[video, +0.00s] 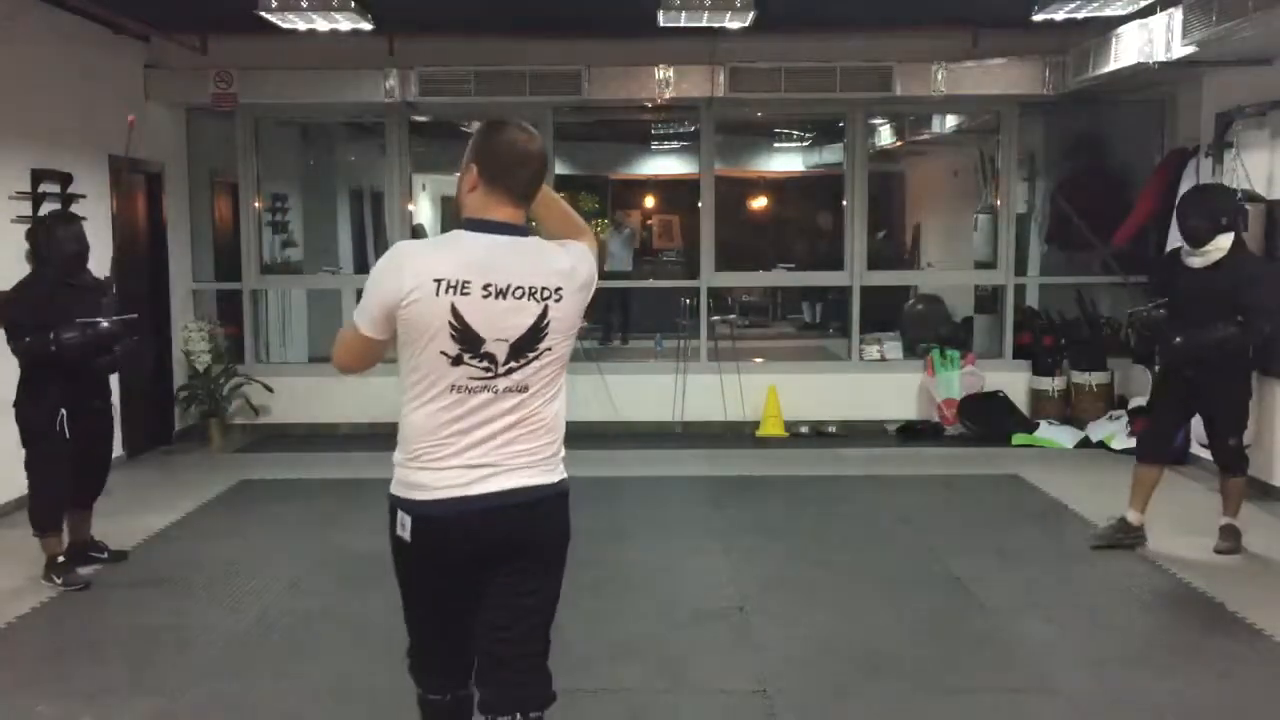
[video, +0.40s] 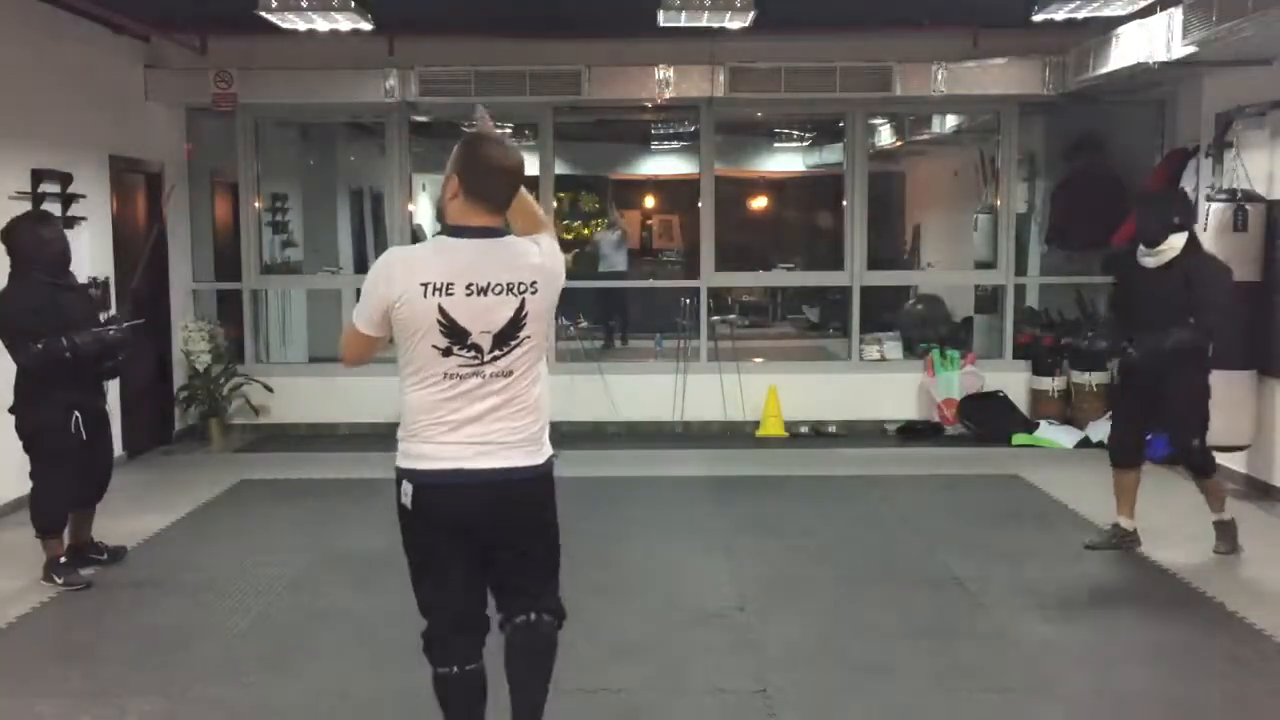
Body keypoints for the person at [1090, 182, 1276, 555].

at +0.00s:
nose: (1186, 229)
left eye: (1195, 222)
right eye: (1184, 221)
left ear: (1221, 223)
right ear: (1181, 221)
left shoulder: (1249, 269)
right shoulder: (1172, 264)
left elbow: (1258, 330)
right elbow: (1158, 314)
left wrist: (1198, 341)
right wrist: (1146, 328)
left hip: (1224, 376)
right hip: (1177, 372)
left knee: (1228, 451)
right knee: (1153, 440)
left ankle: (1229, 524)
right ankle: (1132, 522)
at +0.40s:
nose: (1148, 233)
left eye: (1157, 225)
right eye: (1144, 223)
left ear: (1177, 224)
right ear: (1137, 223)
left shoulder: (1205, 270)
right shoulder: (1129, 266)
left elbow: (1213, 327)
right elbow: (1119, 318)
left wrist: (1161, 342)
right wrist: (1119, 342)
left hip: (1184, 372)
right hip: (1138, 370)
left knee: (1192, 449)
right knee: (1123, 444)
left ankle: (1222, 520)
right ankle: (1124, 526)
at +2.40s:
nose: (1127, 226)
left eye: (1135, 218)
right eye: (1126, 218)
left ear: (1156, 219)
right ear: (1123, 219)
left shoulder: (1181, 267)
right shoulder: (1115, 262)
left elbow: (1172, 327)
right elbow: (1100, 314)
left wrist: (1122, 348)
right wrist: (1087, 343)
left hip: (1155, 376)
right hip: (1113, 373)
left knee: (1159, 454)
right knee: (1117, 449)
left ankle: (1169, 536)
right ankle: (1124, 527)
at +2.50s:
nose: (1126, 226)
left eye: (1135, 218)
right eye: (1125, 218)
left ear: (1156, 219)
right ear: (1124, 218)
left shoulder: (1181, 267)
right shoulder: (1115, 261)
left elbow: (1172, 327)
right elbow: (1100, 315)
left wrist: (1125, 346)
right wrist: (1089, 344)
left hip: (1154, 377)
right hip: (1112, 374)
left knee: (1159, 455)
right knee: (1116, 450)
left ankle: (1169, 537)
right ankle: (1123, 528)